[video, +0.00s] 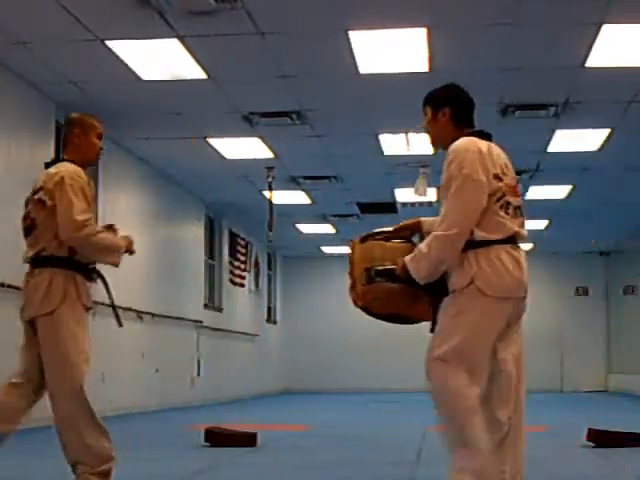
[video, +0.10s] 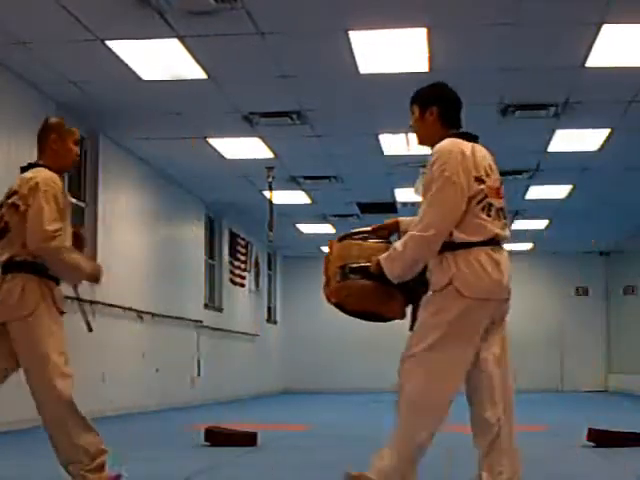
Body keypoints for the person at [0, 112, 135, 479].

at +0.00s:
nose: (102, 146)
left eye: (101, 139)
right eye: (97, 138)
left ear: (73, 141)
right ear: (75, 138)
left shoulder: (50, 177)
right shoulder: (69, 174)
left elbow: (58, 237)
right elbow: (78, 234)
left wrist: (100, 234)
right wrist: (119, 245)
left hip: (40, 283)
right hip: (59, 283)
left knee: (30, 379)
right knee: (68, 380)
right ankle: (93, 466)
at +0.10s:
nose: (79, 151)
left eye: (79, 144)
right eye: (74, 143)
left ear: (48, 145)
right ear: (53, 143)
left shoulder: (26, 182)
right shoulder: (45, 181)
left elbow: (23, 240)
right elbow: (46, 240)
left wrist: (65, 241)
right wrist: (85, 268)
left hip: (12, 286)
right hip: (26, 287)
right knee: (53, 382)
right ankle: (88, 466)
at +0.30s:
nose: (40, 166)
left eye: (40, 159)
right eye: (35, 157)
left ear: (15, 160)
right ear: (14, 158)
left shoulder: (11, 197)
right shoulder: (6, 197)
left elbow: (6, 261)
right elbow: (5, 261)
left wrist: (21, 269)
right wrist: (36, 290)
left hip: (7, 306)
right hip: (3, 307)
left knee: (21, 386)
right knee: (21, 386)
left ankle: (58, 464)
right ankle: (58, 465)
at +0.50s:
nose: (34, 138)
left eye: (34, 132)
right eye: (29, 130)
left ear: (13, 132)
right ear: (8, 130)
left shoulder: (12, 169)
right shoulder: (7, 166)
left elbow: (13, 223)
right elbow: (10, 222)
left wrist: (45, 236)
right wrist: (51, 237)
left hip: (6, 272)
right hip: (3, 273)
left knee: (22, 351)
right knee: (22, 351)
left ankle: (14, 447)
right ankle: (11, 448)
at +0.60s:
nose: (38, 155)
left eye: (38, 148)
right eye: (33, 147)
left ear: (14, 147)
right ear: (11, 146)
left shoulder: (13, 185)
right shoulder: (6, 183)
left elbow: (16, 236)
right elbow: (14, 237)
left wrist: (55, 227)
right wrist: (61, 226)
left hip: (6, 292)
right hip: (2, 293)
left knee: (25, 369)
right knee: (26, 368)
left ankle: (45, 454)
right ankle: (39, 461)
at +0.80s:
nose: (57, 158)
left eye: (57, 152)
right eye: (50, 150)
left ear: (37, 155)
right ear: (26, 152)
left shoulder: (36, 202)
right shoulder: (14, 197)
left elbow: (49, 245)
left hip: (26, 301)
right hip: (19, 302)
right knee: (63, 382)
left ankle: (86, 467)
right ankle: (88, 469)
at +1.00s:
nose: (88, 150)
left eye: (88, 144)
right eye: (82, 142)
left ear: (67, 145)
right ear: (59, 142)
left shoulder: (74, 191)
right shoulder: (44, 186)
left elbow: (96, 242)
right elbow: (69, 247)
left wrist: (136, 272)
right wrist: (118, 282)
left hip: (102, 283)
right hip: (75, 289)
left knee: (167, 319)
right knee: (96, 377)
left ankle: (145, 399)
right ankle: (99, 467)